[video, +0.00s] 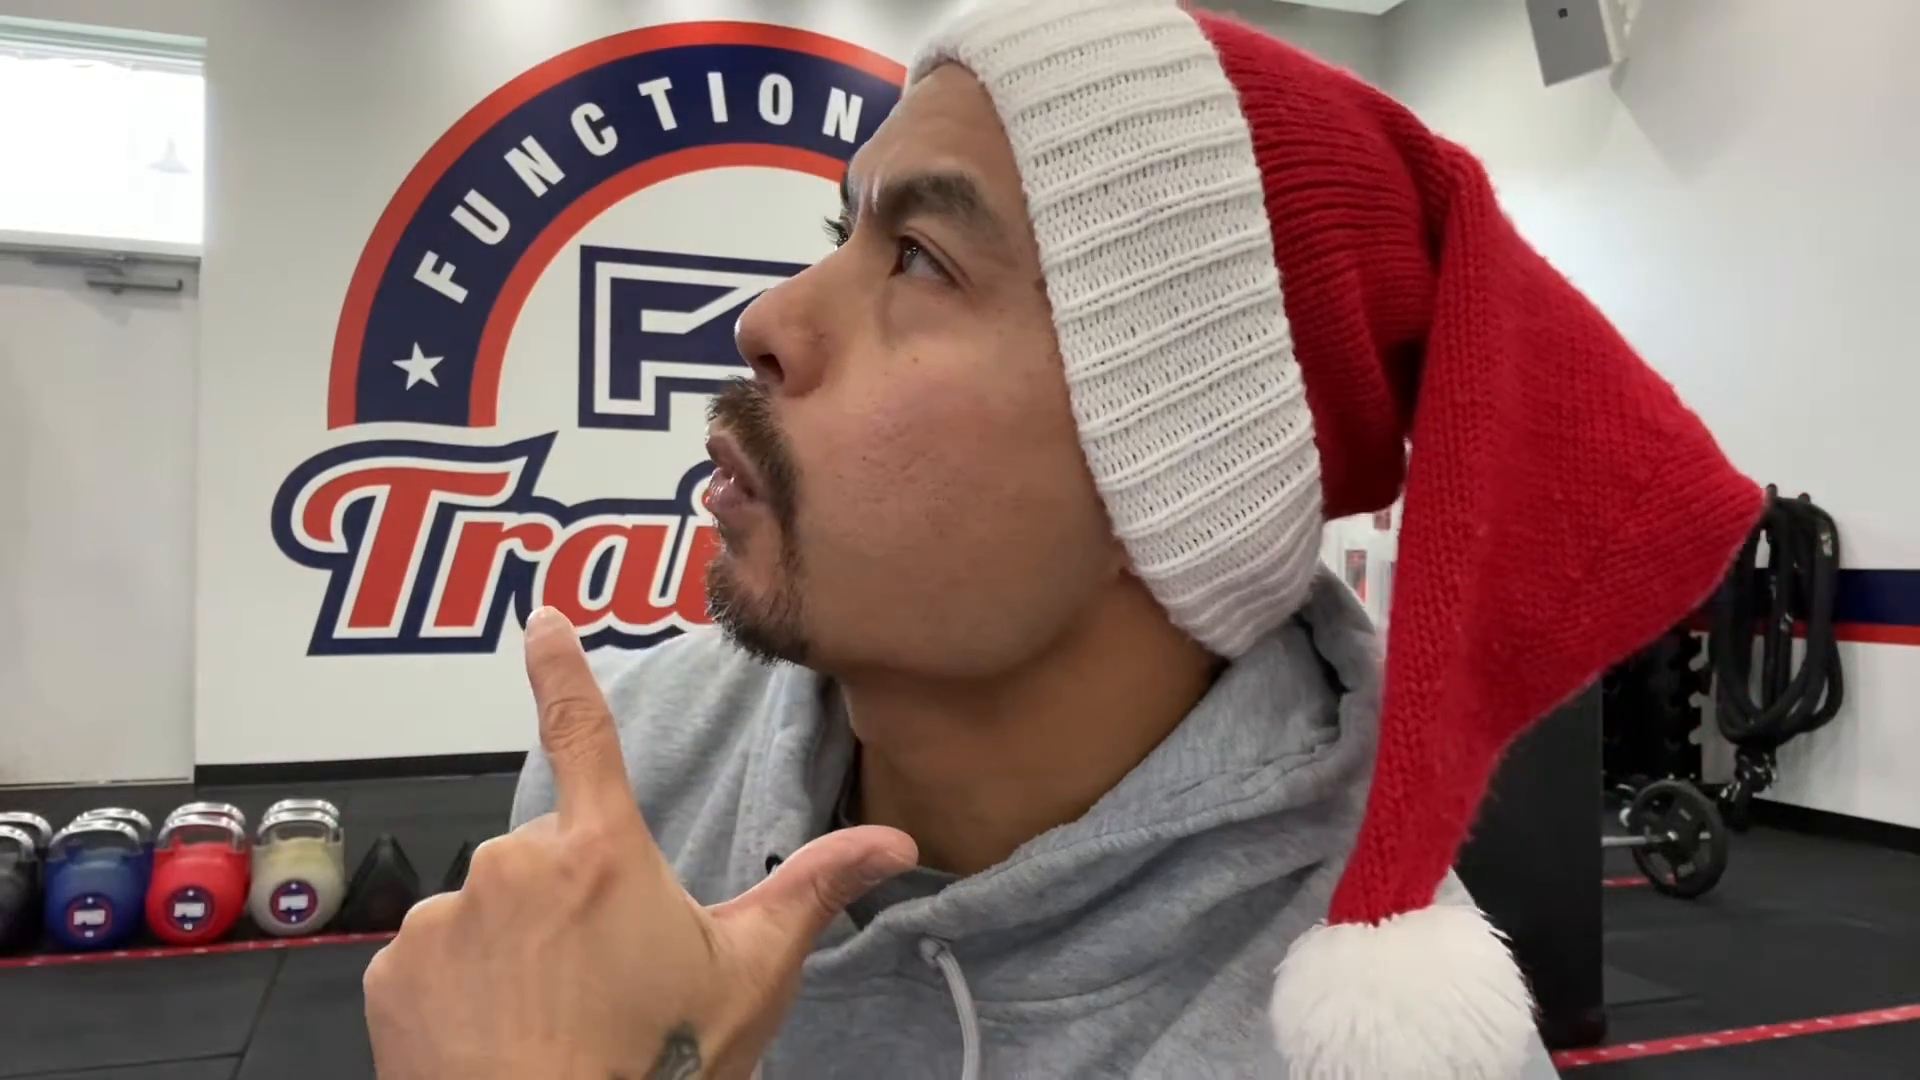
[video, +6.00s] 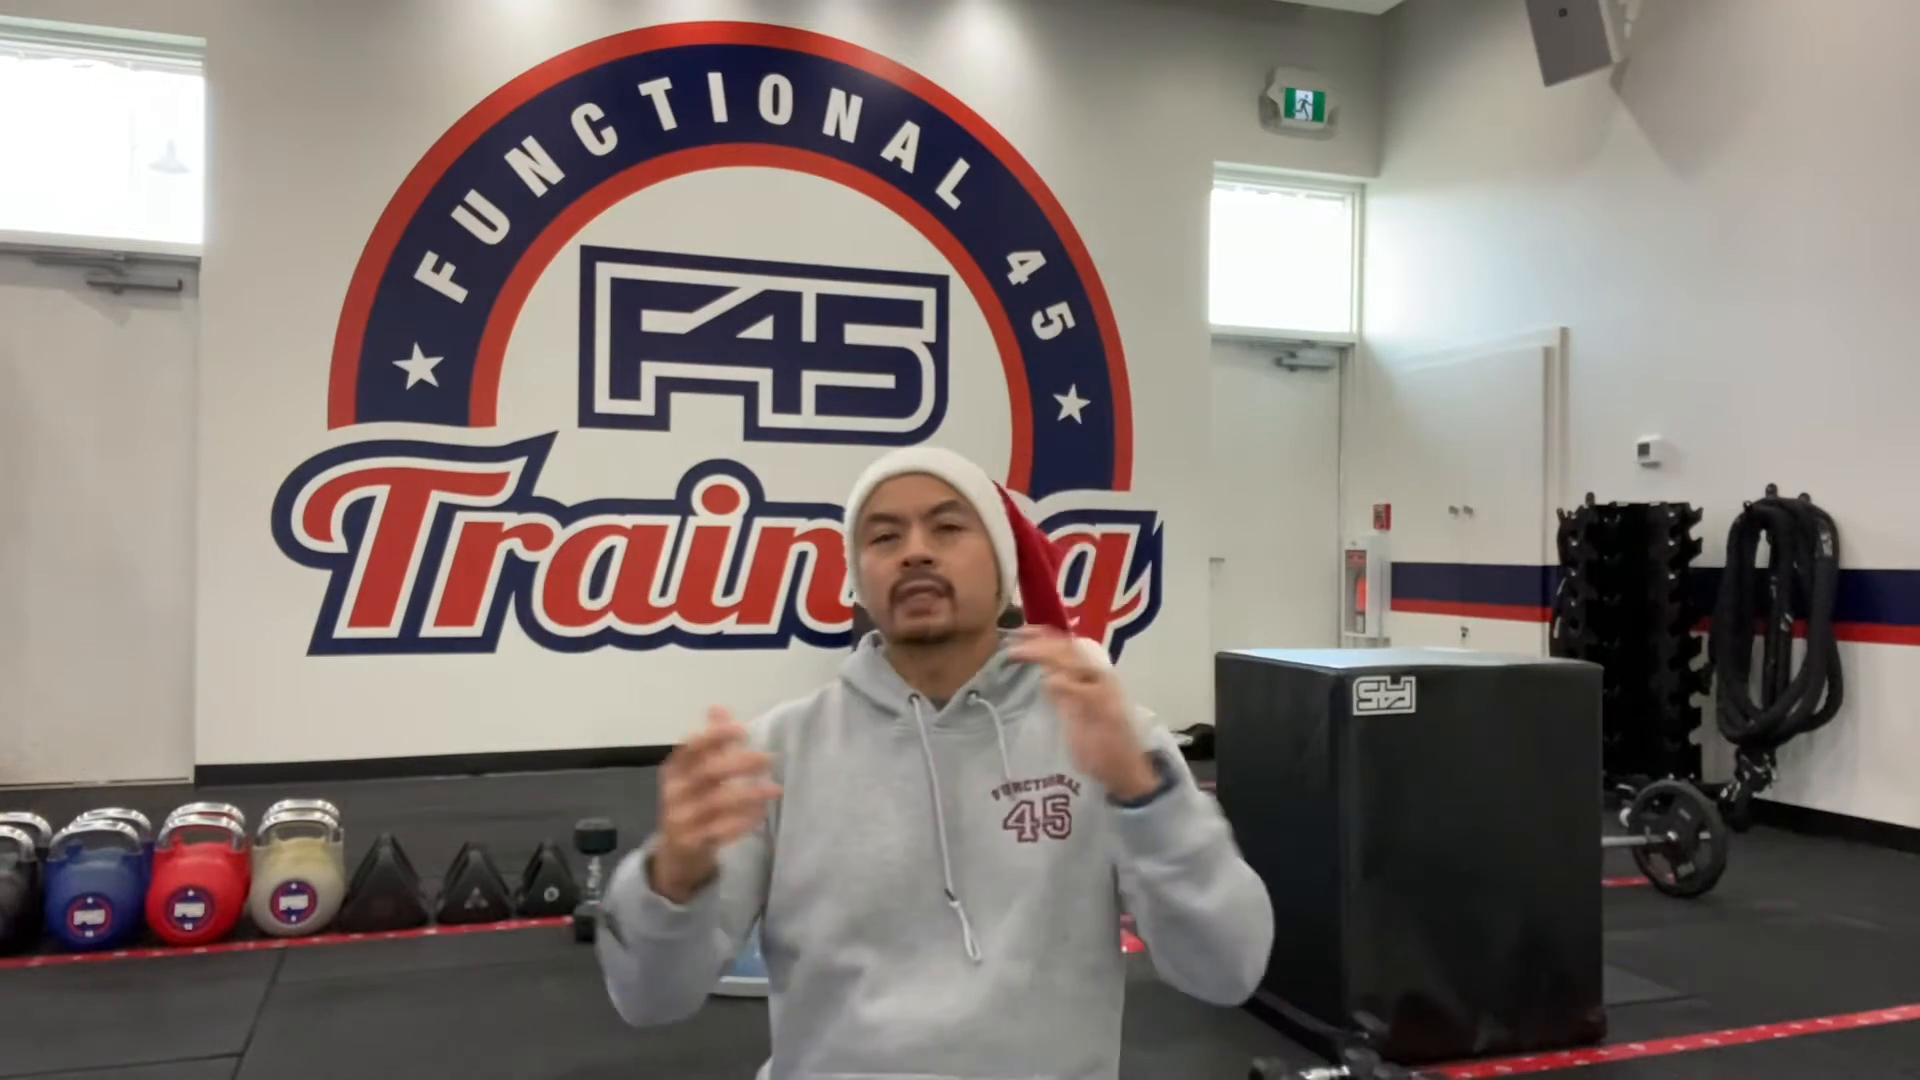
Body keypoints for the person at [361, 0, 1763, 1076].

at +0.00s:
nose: (766, 327)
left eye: (927, 262)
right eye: (848, 241)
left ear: (1200, 459)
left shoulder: (1373, 1019)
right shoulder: (630, 754)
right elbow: (488, 1003)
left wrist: (547, 1071)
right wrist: (554, 1044)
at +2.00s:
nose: (938, 342)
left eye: (995, 300)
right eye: (885, 318)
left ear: (1088, 361)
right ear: (844, 399)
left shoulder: (1334, 646)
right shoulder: (765, 762)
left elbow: (1556, 1025)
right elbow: (723, 1064)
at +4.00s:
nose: (703, 453)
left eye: (740, 401)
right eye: (673, 435)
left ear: (846, 408)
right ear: (666, 482)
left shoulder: (1062, 628)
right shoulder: (667, 740)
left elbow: (1270, 857)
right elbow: (646, 976)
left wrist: (1221, 908)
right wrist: (416, 1000)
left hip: (1060, 1068)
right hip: (805, 1073)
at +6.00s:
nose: (916, 550)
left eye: (949, 527)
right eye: (885, 534)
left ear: (1004, 565)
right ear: (855, 581)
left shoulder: (1095, 721)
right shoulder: (779, 747)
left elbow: (1228, 973)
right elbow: (651, 1001)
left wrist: (1135, 781)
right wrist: (674, 876)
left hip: (1051, 1067)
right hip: (839, 1067)